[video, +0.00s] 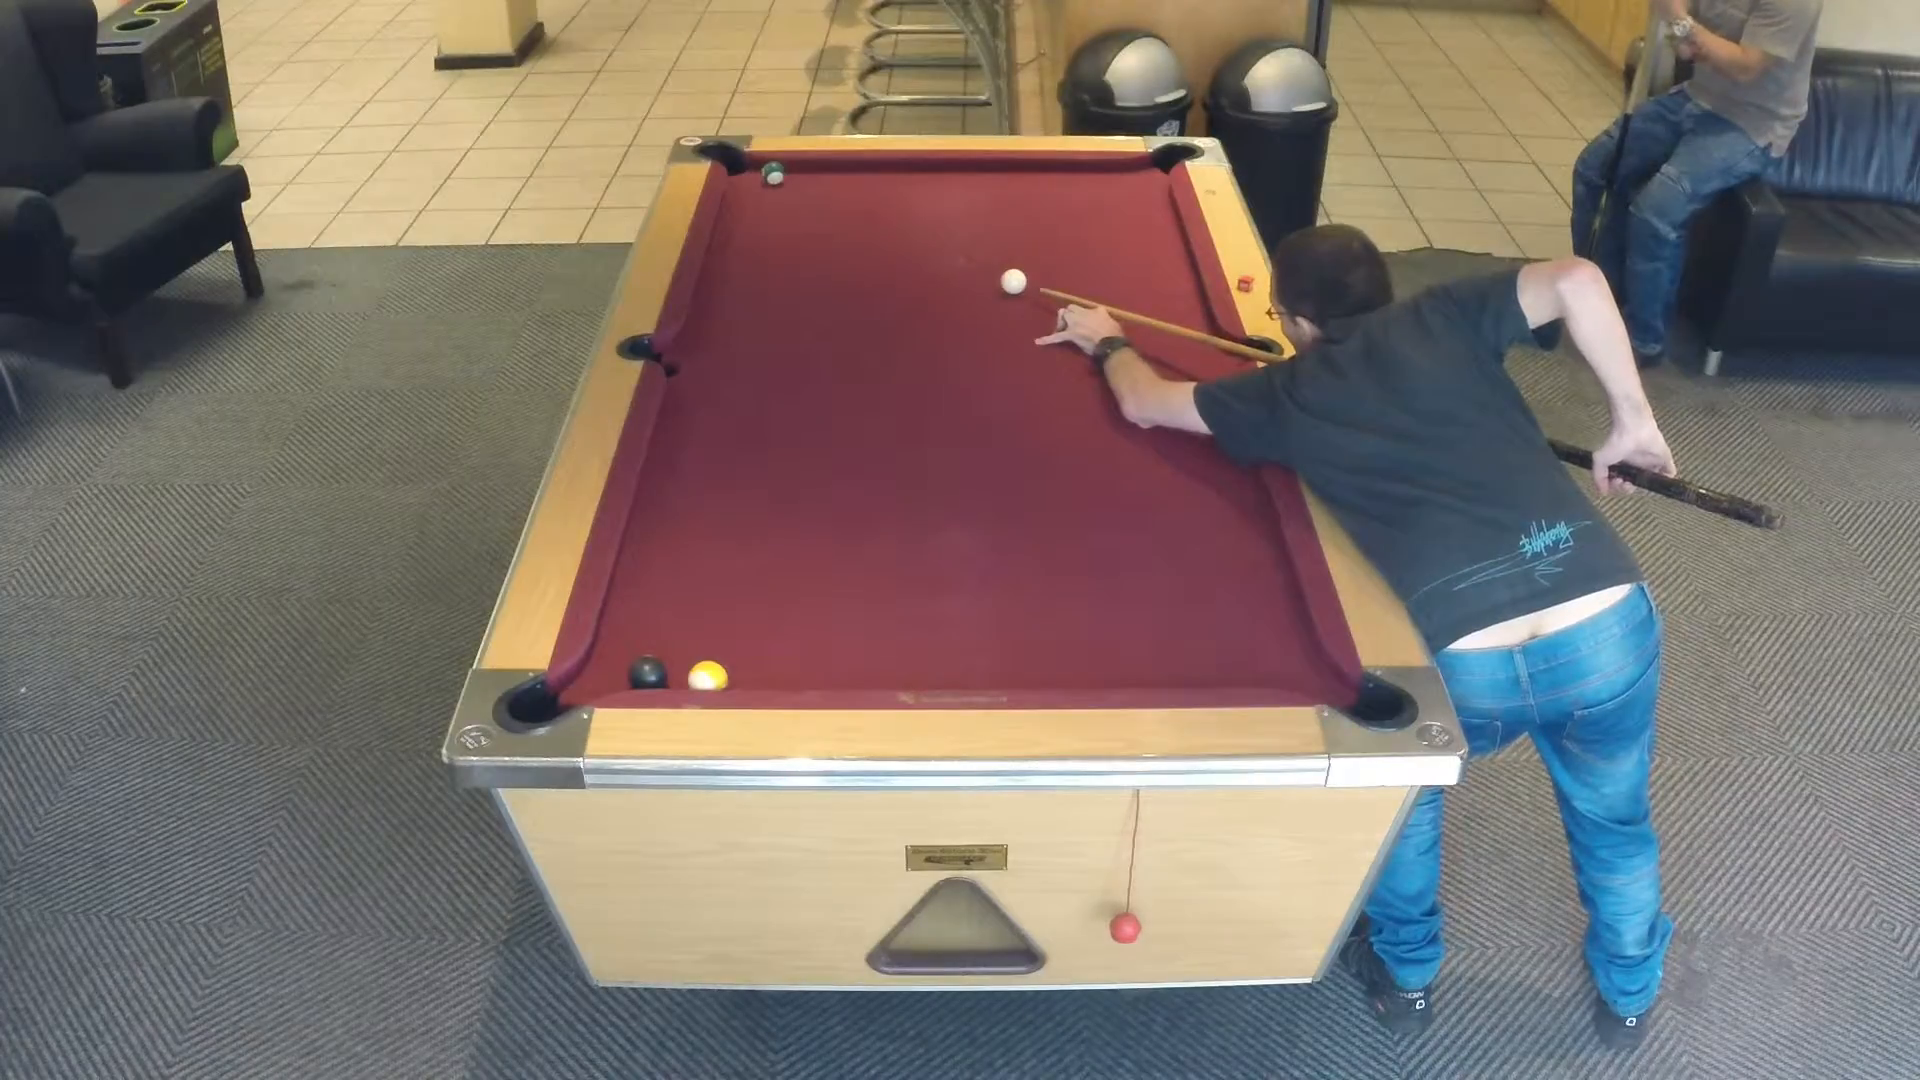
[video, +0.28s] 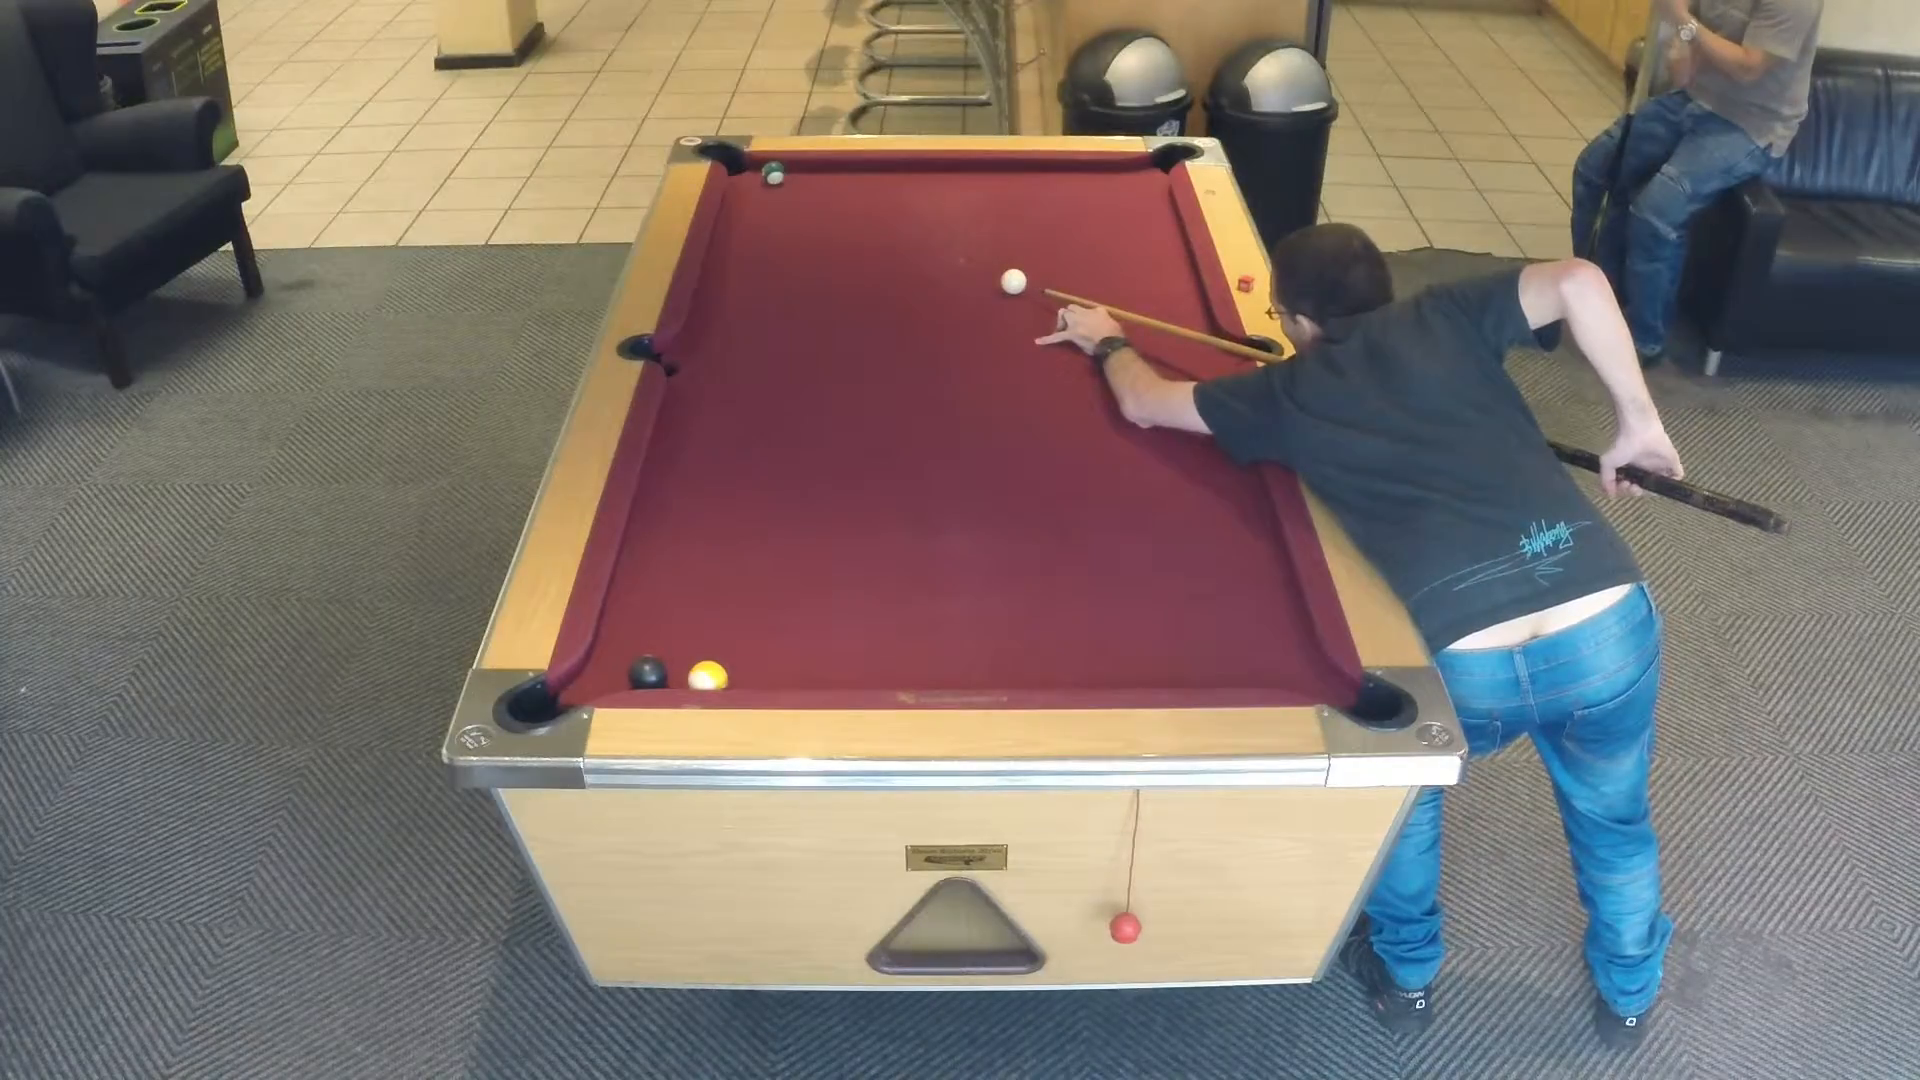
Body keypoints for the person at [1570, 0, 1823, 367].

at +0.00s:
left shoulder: (1793, 6)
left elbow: (1745, 67)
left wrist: (1680, 20)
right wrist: (1689, 39)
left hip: (1750, 126)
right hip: (1694, 98)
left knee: (1653, 210)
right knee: (1593, 168)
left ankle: (1644, 341)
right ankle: (1591, 302)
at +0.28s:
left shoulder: (1794, 6)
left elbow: (1747, 68)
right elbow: (1682, 75)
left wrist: (1682, 18)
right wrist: (1680, 39)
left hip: (1749, 126)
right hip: (1692, 100)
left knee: (1655, 210)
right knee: (1593, 168)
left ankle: (1645, 342)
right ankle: (1592, 303)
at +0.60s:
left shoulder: (1795, 6)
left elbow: (1766, 73)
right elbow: (1689, 35)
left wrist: (1696, 27)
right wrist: (1674, 92)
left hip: (1749, 126)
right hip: (1691, 103)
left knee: (1655, 210)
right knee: (1594, 169)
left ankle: (1644, 345)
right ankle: (1590, 299)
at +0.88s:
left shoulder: (1793, 6)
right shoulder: (1703, 2)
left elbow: (1771, 76)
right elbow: (1686, 43)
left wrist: (1704, 31)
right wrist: (1667, 105)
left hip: (1747, 127)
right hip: (1689, 103)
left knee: (1655, 209)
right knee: (1594, 169)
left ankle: (1642, 345)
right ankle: (1590, 303)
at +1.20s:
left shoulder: (1792, 6)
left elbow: (1770, 75)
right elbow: (1684, 44)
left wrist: (1703, 29)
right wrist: (1665, 107)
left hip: (1747, 126)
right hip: (1689, 102)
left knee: (1655, 209)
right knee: (1594, 170)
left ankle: (1642, 345)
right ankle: (1589, 302)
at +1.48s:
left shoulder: (1791, 7)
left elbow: (1770, 76)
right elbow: (1684, 40)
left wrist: (1702, 28)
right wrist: (1665, 106)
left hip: (1747, 126)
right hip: (1688, 101)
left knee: (1654, 210)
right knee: (1594, 169)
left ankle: (1643, 342)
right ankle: (1584, 297)